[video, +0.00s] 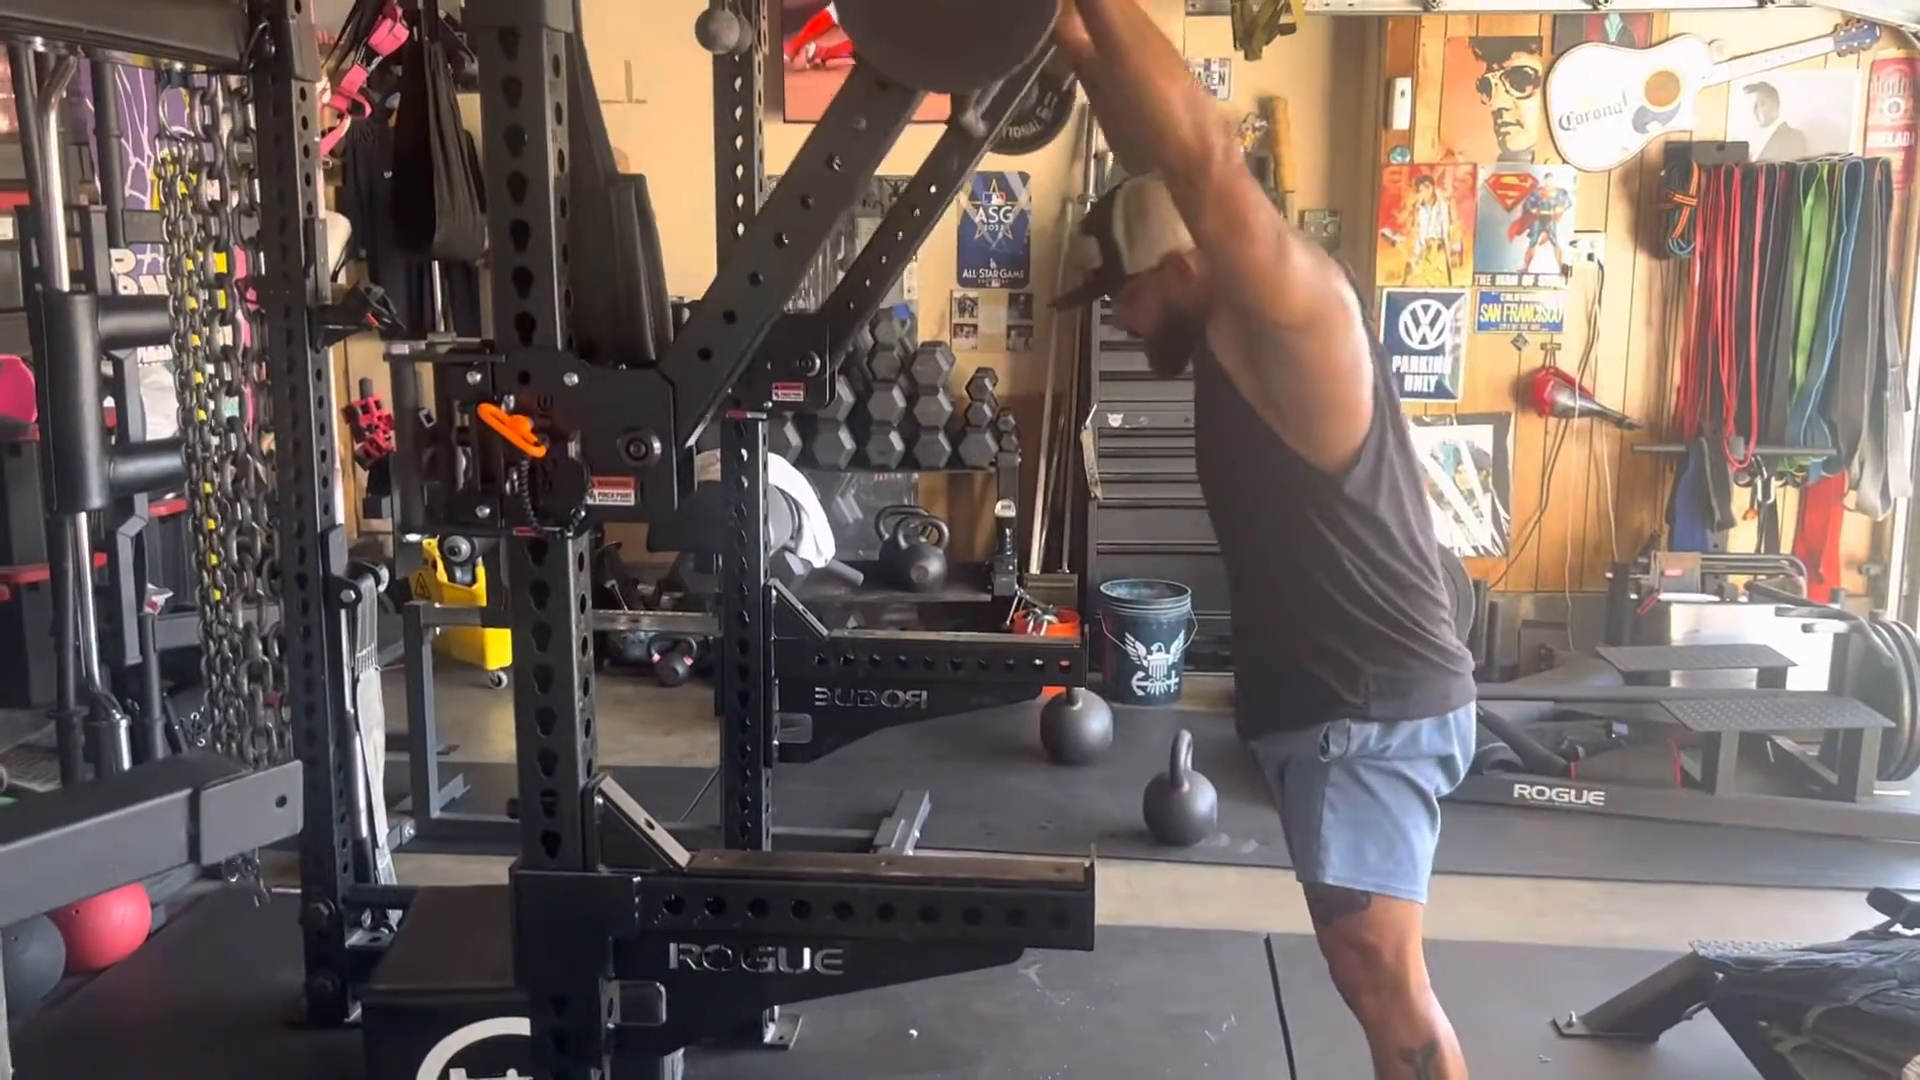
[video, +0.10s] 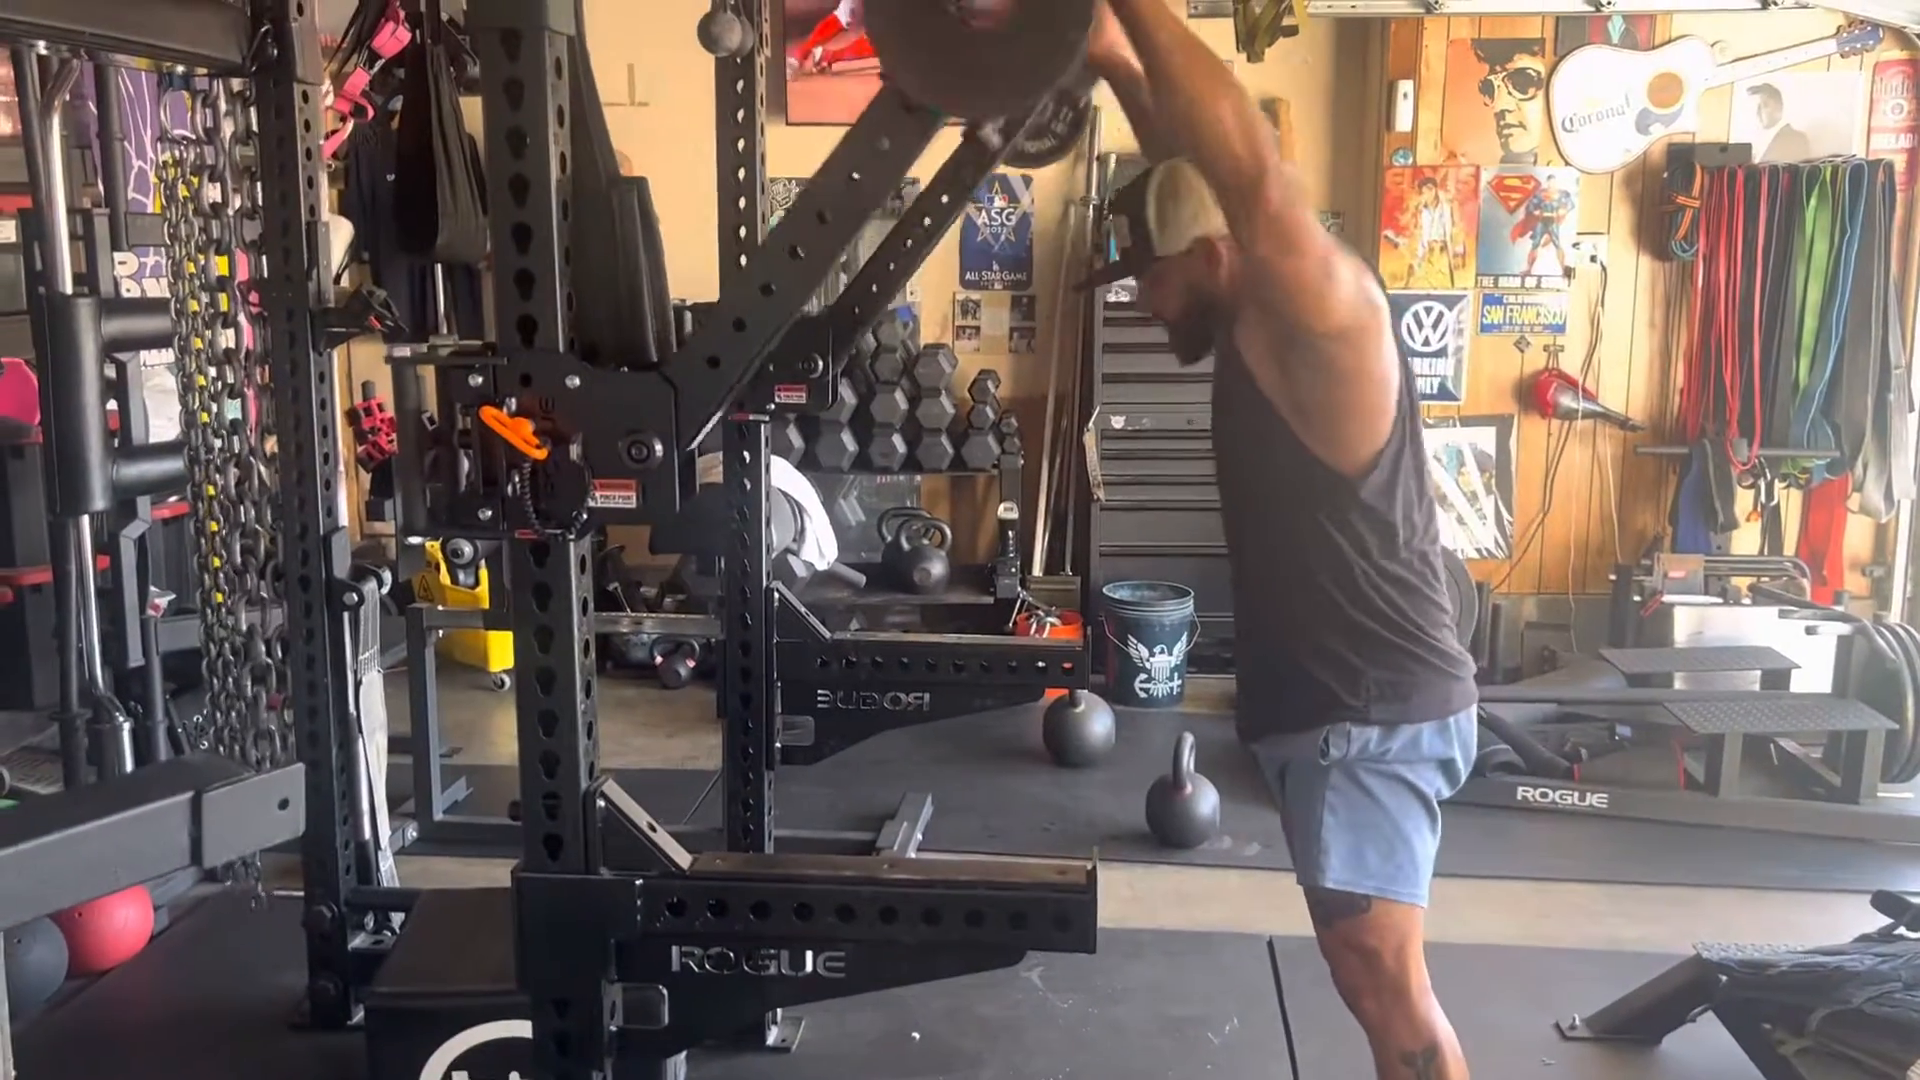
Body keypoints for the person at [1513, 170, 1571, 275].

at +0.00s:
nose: (1549, 183)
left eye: (1551, 181)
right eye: (1547, 180)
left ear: (1554, 181)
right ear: (1544, 181)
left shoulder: (1561, 192)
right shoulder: (1538, 192)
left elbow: (1568, 203)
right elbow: (1527, 203)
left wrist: (1560, 210)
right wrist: (1533, 210)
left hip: (1551, 217)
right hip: (1539, 217)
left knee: (1555, 242)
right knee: (1532, 242)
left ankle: (1560, 267)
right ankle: (1526, 267)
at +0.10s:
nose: (1552, 185)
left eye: (1554, 183)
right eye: (1550, 183)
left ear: (1557, 184)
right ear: (1547, 184)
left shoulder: (1563, 194)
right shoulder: (1541, 194)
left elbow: (1571, 205)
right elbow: (1530, 205)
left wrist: (1563, 212)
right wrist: (1535, 212)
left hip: (1554, 219)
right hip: (1542, 219)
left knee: (1557, 244)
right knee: (1535, 244)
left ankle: (1563, 268)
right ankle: (1528, 269)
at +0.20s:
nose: (1555, 185)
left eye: (1557, 183)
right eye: (1553, 183)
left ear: (1559, 184)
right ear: (1549, 184)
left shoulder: (1566, 195)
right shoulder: (1543, 195)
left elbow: (1573, 206)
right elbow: (1533, 206)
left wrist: (1565, 214)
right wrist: (1538, 213)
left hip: (1557, 220)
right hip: (1544, 219)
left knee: (1560, 245)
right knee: (1538, 245)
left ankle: (1566, 270)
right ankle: (1531, 270)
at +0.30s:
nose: (1557, 185)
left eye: (1558, 183)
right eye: (1555, 183)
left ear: (1561, 183)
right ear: (1551, 184)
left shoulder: (1568, 195)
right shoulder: (1545, 195)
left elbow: (1575, 207)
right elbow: (1535, 207)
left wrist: (1567, 214)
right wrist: (1540, 214)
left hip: (1559, 220)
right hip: (1547, 219)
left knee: (1562, 245)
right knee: (1540, 245)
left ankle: (1568, 270)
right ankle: (1533, 270)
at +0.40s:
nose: (1559, 185)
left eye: (1561, 183)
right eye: (1557, 183)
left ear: (1564, 183)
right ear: (1554, 183)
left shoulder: (1570, 195)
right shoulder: (1547, 195)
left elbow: (1578, 206)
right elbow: (1537, 206)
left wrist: (1569, 214)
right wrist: (1542, 213)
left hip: (1561, 220)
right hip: (1549, 219)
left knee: (1564, 244)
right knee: (1542, 244)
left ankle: (1570, 269)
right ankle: (1535, 270)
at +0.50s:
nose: (1561, 185)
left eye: (1563, 182)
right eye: (1559, 182)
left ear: (1566, 183)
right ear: (1556, 183)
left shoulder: (1572, 194)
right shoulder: (1549, 194)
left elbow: (1579, 205)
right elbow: (1539, 205)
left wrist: (1571, 213)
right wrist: (1544, 213)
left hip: (1563, 219)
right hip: (1551, 218)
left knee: (1566, 244)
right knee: (1544, 244)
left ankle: (1572, 269)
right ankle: (1537, 269)